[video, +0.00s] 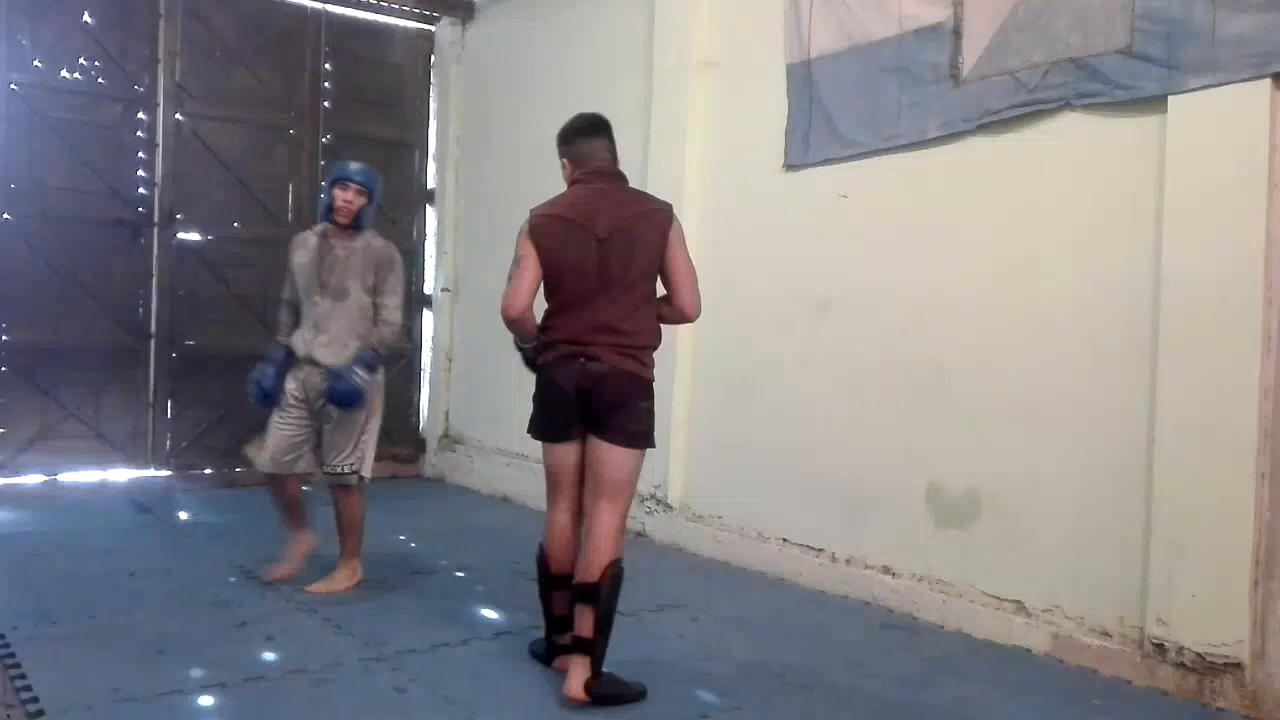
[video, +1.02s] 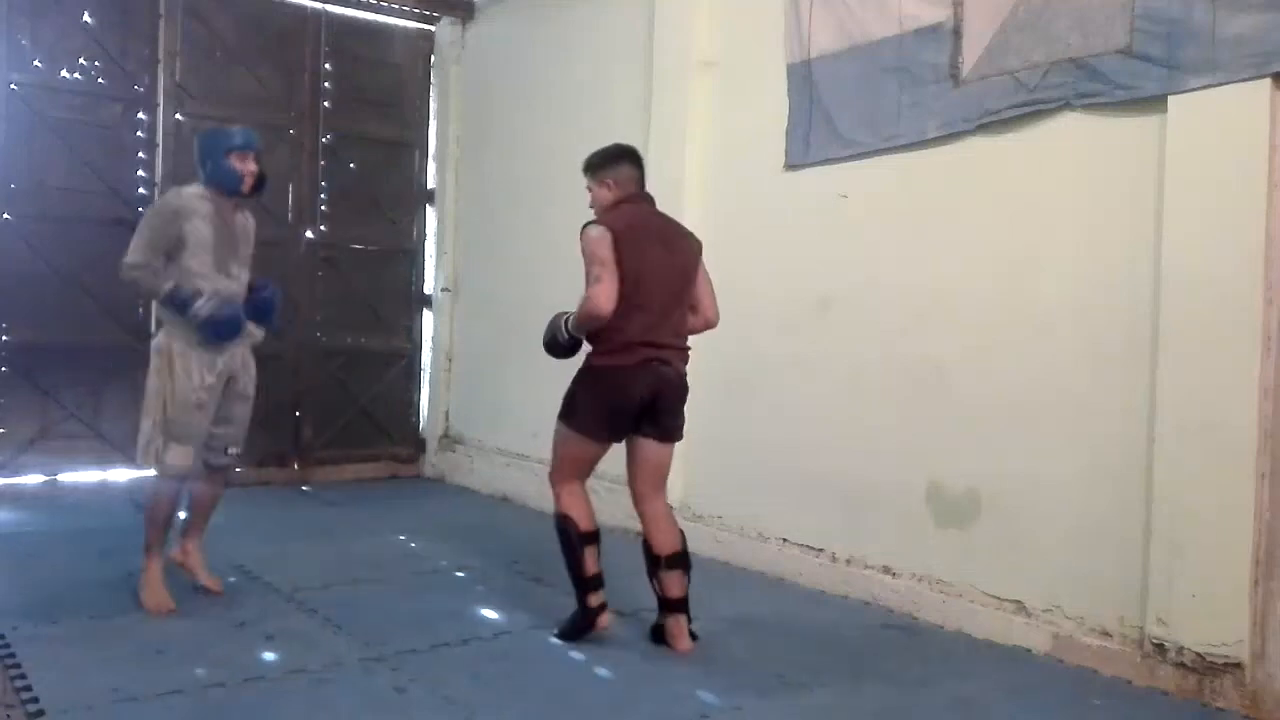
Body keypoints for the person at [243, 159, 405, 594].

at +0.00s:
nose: (347, 199)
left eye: (357, 193)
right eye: (341, 188)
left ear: (368, 202)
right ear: (328, 193)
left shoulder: (382, 254)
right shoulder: (303, 245)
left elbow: (390, 324)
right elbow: (290, 311)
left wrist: (361, 367)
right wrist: (276, 361)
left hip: (352, 379)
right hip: (302, 373)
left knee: (343, 473)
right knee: (275, 461)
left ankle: (349, 567)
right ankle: (299, 536)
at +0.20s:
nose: (322, 200)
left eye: (331, 194)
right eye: (315, 190)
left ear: (340, 202)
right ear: (299, 193)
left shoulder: (355, 253)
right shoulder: (267, 246)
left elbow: (370, 316)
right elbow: (246, 310)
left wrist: (333, 341)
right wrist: (229, 360)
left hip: (329, 382)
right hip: (273, 379)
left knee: (334, 476)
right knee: (239, 468)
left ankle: (348, 565)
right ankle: (214, 558)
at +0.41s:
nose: (286, 210)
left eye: (294, 203)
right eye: (278, 199)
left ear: (300, 213)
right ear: (256, 203)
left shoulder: (309, 268)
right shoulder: (215, 256)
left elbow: (330, 323)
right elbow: (189, 323)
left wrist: (320, 357)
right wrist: (175, 383)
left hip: (283, 395)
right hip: (220, 393)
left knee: (301, 488)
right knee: (195, 491)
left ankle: (340, 562)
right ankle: (191, 578)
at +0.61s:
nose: (270, 169)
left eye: (276, 162)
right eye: (260, 160)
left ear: (281, 173)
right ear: (237, 163)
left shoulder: (282, 228)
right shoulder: (195, 210)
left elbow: (283, 281)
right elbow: (151, 262)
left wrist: (285, 307)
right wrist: (150, 322)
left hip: (258, 351)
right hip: (196, 350)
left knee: (282, 449)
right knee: (188, 466)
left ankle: (279, 533)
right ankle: (176, 564)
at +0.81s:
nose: (251, 196)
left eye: (255, 188)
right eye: (241, 186)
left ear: (258, 198)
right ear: (215, 190)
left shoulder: (253, 250)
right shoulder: (182, 239)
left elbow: (262, 305)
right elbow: (112, 283)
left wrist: (270, 329)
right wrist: (128, 345)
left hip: (236, 383)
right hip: (181, 381)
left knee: (253, 472)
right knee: (175, 488)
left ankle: (209, 549)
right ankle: (158, 580)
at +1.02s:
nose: (251, 166)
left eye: (254, 159)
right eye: (241, 157)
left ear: (255, 169)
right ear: (215, 161)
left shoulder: (245, 221)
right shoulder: (179, 204)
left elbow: (230, 280)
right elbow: (136, 265)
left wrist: (254, 299)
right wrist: (192, 305)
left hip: (236, 350)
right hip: (186, 351)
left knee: (219, 459)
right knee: (175, 461)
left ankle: (191, 546)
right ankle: (152, 564)